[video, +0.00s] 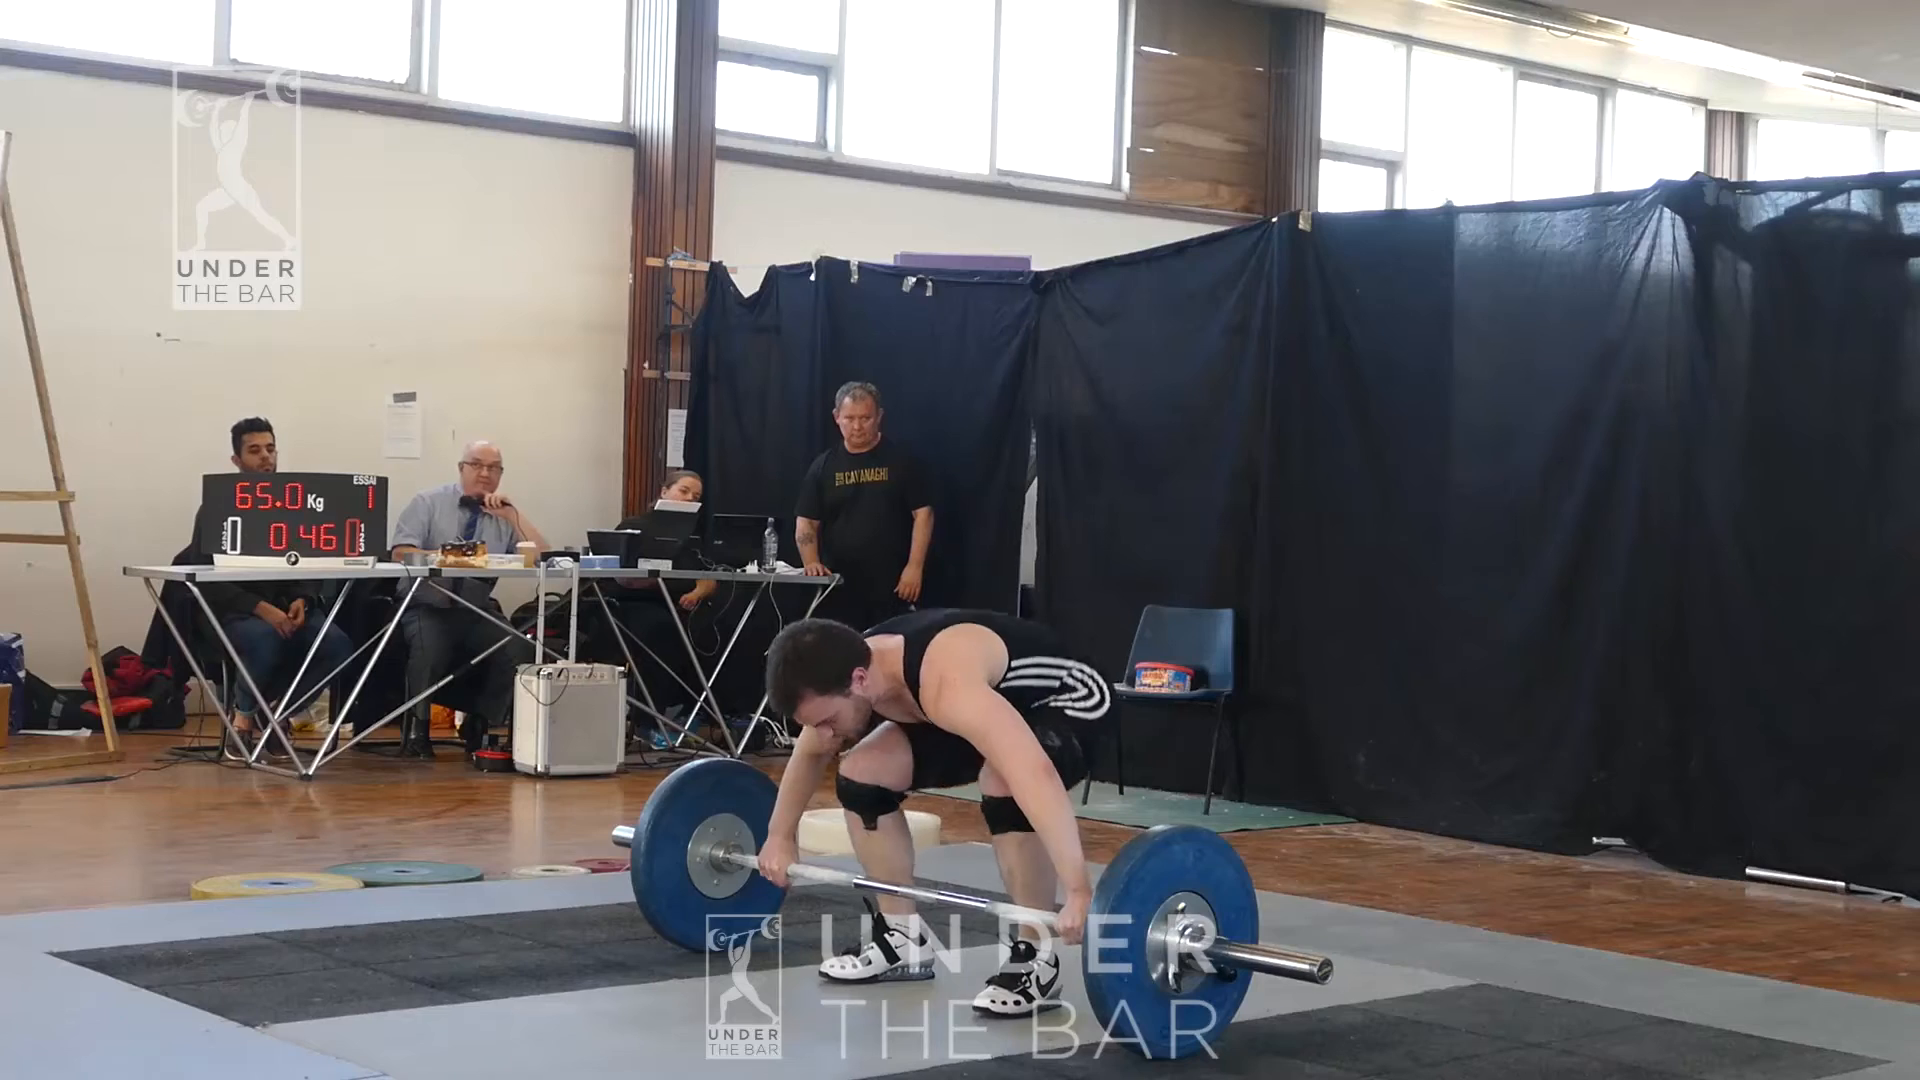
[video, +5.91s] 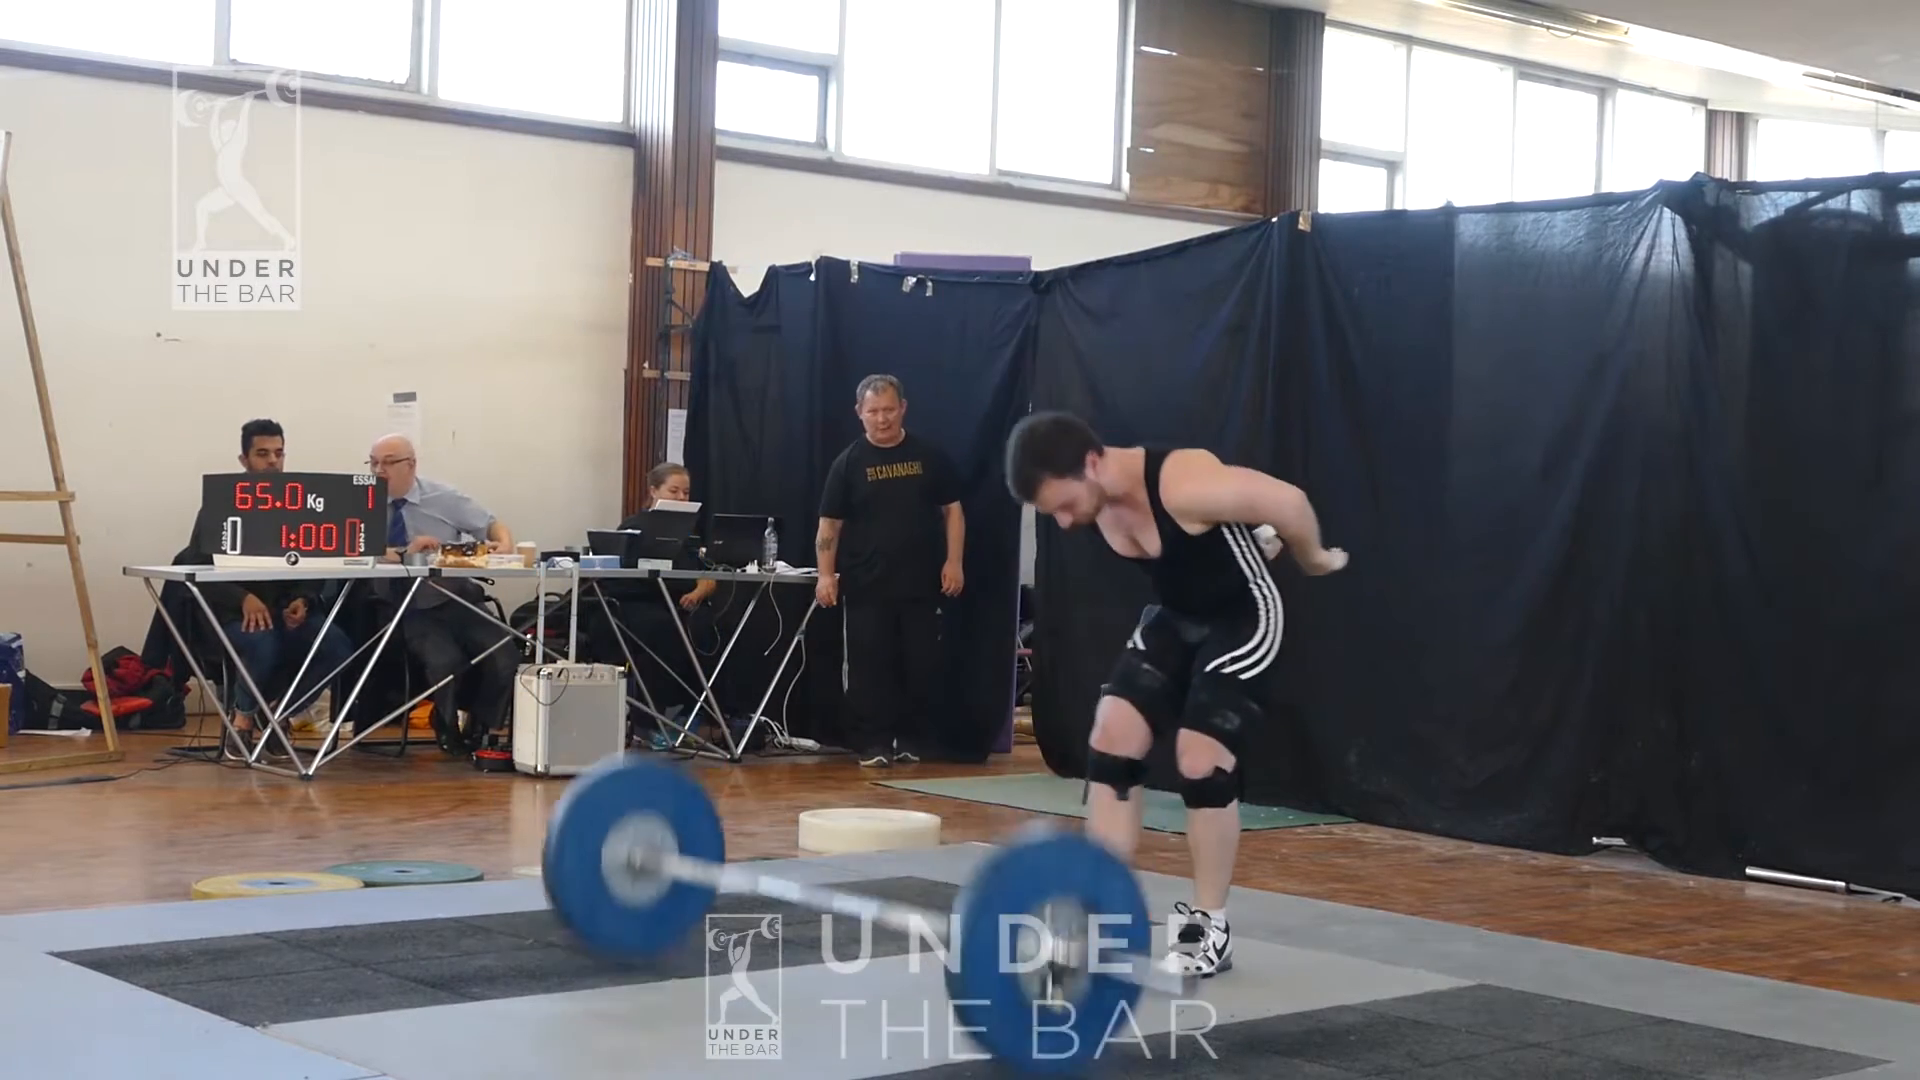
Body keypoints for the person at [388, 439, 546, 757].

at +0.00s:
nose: (485, 473)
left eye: (494, 468)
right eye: (476, 465)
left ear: (501, 475)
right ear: (461, 469)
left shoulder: (503, 516)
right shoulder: (427, 503)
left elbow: (541, 555)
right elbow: (402, 552)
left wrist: (515, 515)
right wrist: (446, 560)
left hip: (478, 609)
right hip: (429, 605)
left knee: (518, 651)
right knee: (430, 649)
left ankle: (477, 727)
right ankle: (417, 732)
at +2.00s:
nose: (485, 471)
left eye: (493, 465)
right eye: (476, 464)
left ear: (500, 473)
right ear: (460, 468)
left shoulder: (504, 516)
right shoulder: (428, 502)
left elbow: (545, 555)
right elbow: (401, 551)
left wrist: (516, 515)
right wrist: (443, 562)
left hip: (478, 609)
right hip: (429, 606)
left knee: (518, 652)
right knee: (429, 651)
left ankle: (477, 725)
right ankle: (417, 730)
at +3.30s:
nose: (438, 469)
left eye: (449, 463)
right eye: (432, 462)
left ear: (467, 468)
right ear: (426, 465)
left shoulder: (486, 507)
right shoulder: (405, 503)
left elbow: (537, 548)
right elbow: (392, 547)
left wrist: (509, 531)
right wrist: (445, 550)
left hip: (473, 605)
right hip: (422, 604)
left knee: (515, 649)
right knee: (431, 641)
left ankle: (478, 726)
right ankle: (422, 729)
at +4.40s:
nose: (402, 468)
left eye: (412, 461)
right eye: (397, 460)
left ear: (433, 464)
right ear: (391, 462)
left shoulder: (461, 499)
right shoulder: (380, 501)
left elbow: (508, 533)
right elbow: (367, 554)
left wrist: (504, 547)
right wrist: (404, 535)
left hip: (461, 599)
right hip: (409, 604)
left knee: (503, 657)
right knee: (445, 659)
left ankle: (479, 727)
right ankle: (444, 721)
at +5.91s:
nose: (379, 471)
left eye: (388, 463)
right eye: (374, 463)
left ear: (411, 465)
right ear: (370, 465)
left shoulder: (442, 498)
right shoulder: (367, 506)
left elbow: (490, 525)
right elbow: (354, 551)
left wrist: (504, 542)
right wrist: (406, 552)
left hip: (456, 597)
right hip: (406, 605)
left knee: (503, 653)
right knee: (444, 660)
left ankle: (480, 727)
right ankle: (446, 723)